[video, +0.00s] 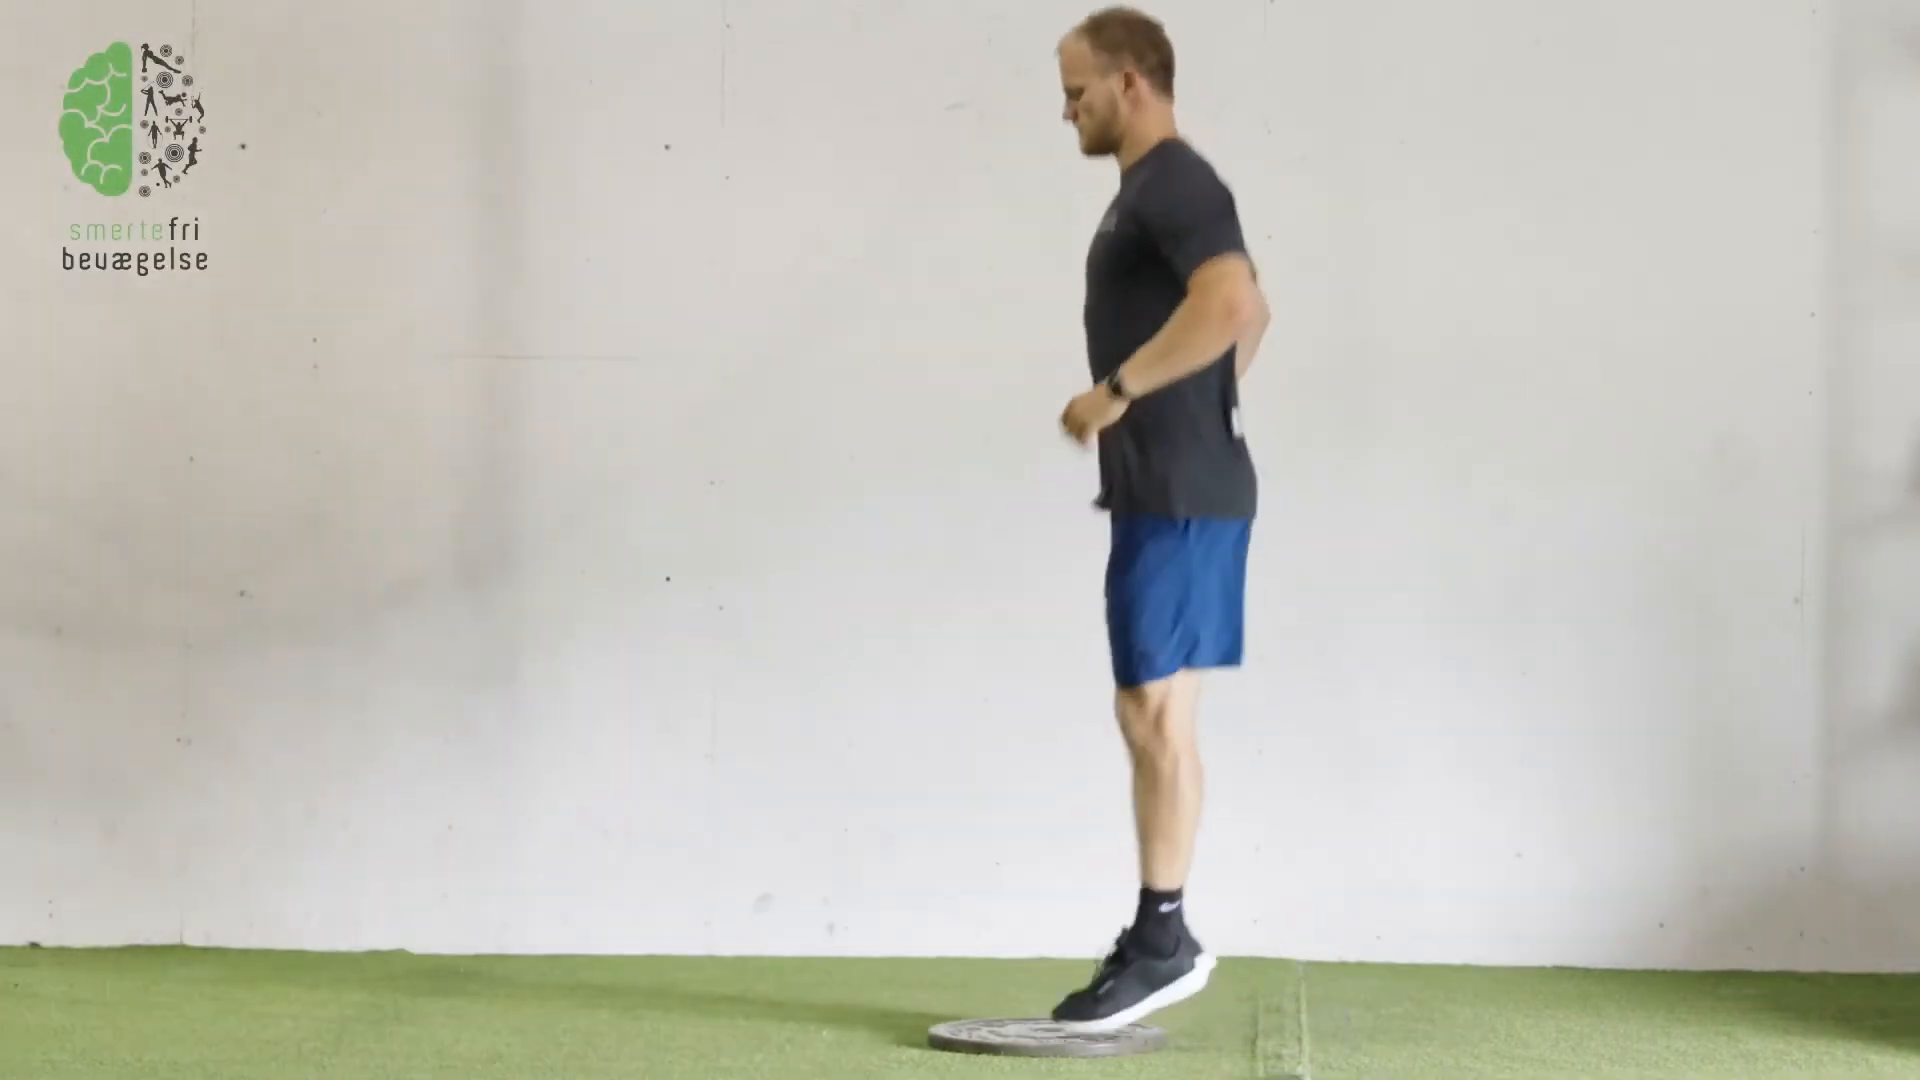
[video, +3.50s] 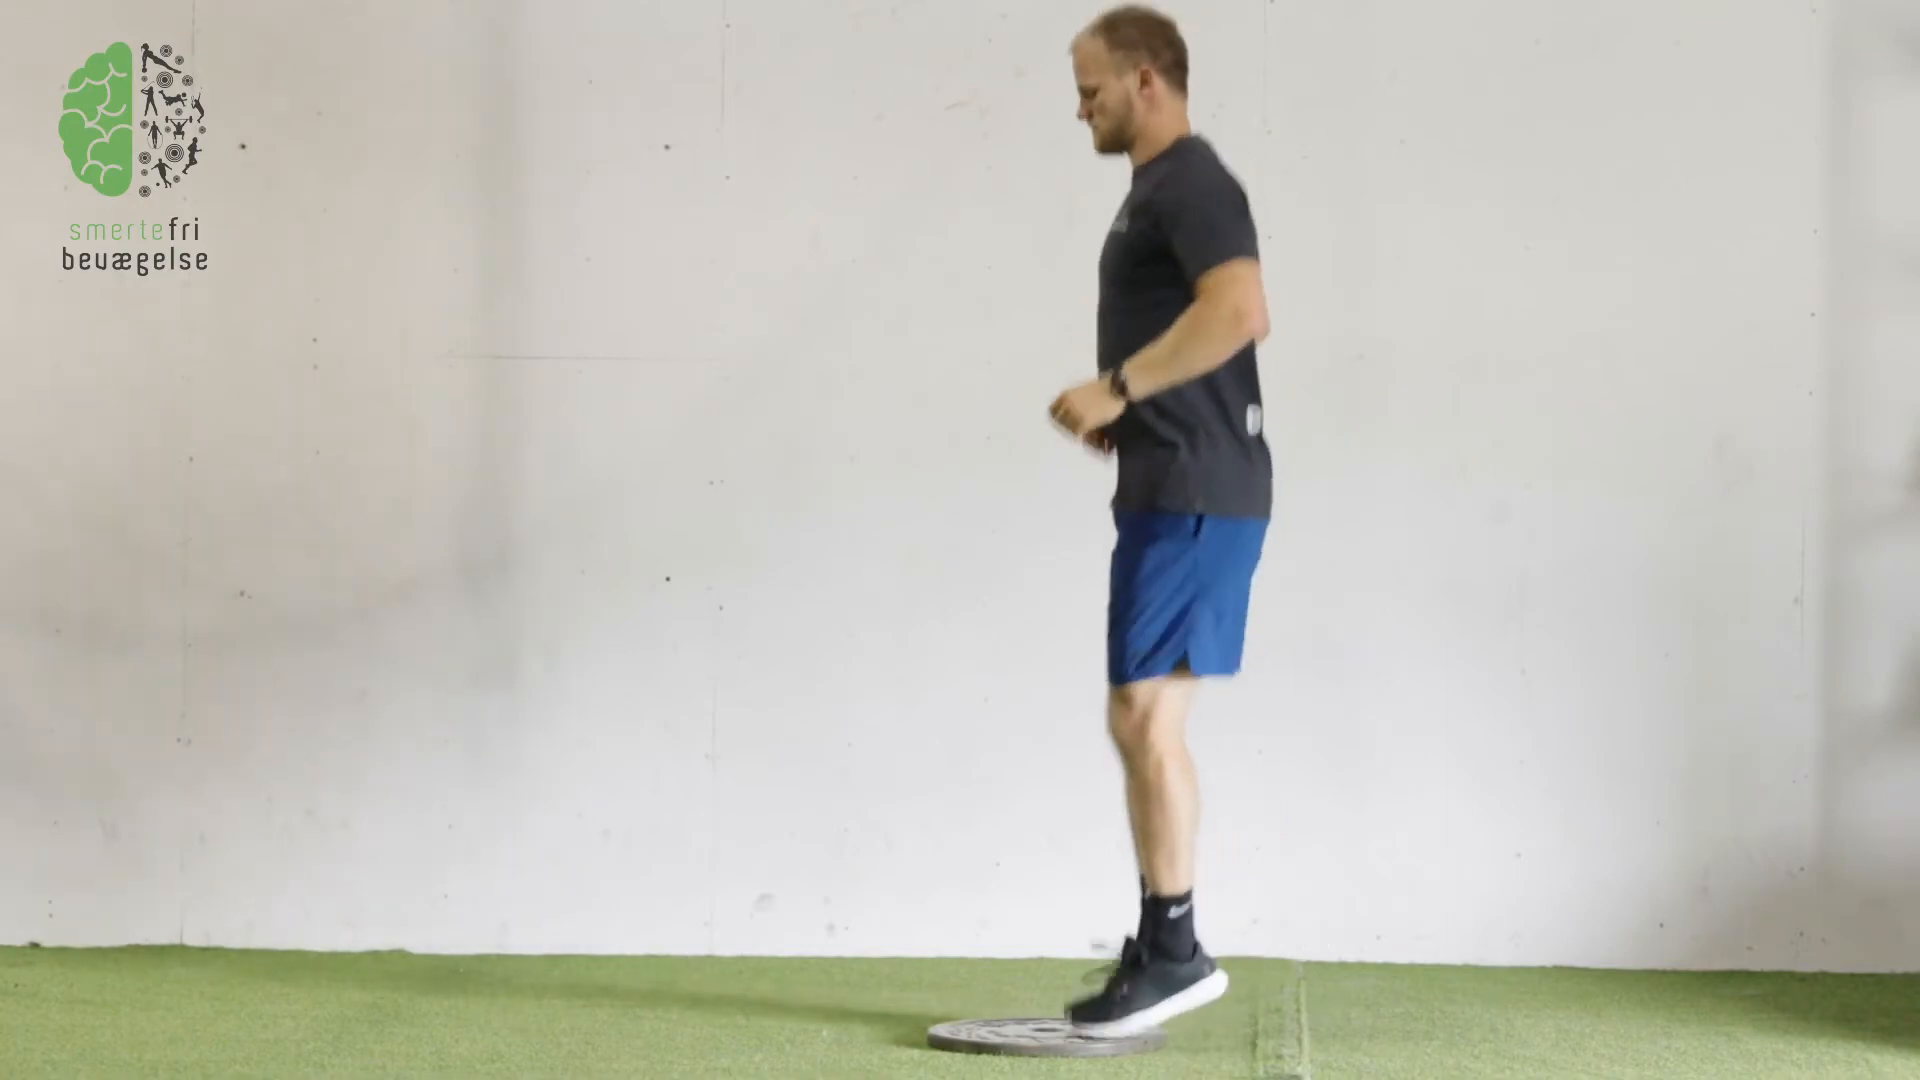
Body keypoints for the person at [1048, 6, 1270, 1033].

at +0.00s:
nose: (1068, 113)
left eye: (1076, 93)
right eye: (1066, 95)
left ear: (1129, 84)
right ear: (1131, 88)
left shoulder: (1170, 178)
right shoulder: (1178, 178)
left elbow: (1224, 304)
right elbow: (1247, 313)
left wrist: (1115, 390)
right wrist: (1173, 417)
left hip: (1173, 498)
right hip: (1180, 492)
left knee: (1153, 714)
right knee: (1159, 714)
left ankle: (1162, 941)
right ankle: (1160, 936)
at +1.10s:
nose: (1102, 114)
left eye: (1113, 95)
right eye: (1102, 98)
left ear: (1167, 88)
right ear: (1166, 91)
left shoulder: (1218, 185)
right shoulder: (1188, 192)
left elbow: (1292, 306)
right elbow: (1278, 314)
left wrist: (1220, 431)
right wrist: (1206, 435)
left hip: (1222, 502)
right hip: (1202, 501)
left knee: (1195, 719)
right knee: (1190, 722)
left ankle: (1298, 933)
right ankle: (1290, 932)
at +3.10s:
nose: (1110, 177)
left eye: (1121, 159)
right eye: (1110, 161)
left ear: (1176, 156)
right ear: (1175, 160)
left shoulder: (1224, 260)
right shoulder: (1189, 266)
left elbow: (1287, 392)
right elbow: (1228, 408)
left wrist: (1176, 483)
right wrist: (1146, 472)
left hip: (1238, 580)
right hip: (1220, 577)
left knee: (1212, 796)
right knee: (1215, 794)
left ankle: (1331, 990)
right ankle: (1319, 986)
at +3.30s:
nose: (1105, 87)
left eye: (1114, 68)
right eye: (1104, 70)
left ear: (1171, 60)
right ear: (1165, 64)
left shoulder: (1218, 151)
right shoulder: (1186, 161)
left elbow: (1279, 266)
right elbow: (1223, 283)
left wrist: (1159, 330)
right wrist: (1135, 318)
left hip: (1211, 470)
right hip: (1192, 468)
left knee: (1196, 689)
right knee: (1198, 691)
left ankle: (1268, 912)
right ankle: (1260, 910)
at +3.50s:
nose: (1081, 109)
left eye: (1090, 89)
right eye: (1079, 92)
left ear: (1148, 81)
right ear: (1144, 85)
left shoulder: (1191, 177)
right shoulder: (1165, 183)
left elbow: (1238, 309)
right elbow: (1214, 325)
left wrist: (1119, 385)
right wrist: (1125, 404)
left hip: (1197, 491)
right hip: (1175, 488)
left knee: (1147, 715)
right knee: (1141, 714)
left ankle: (1172, 950)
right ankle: (1163, 946)